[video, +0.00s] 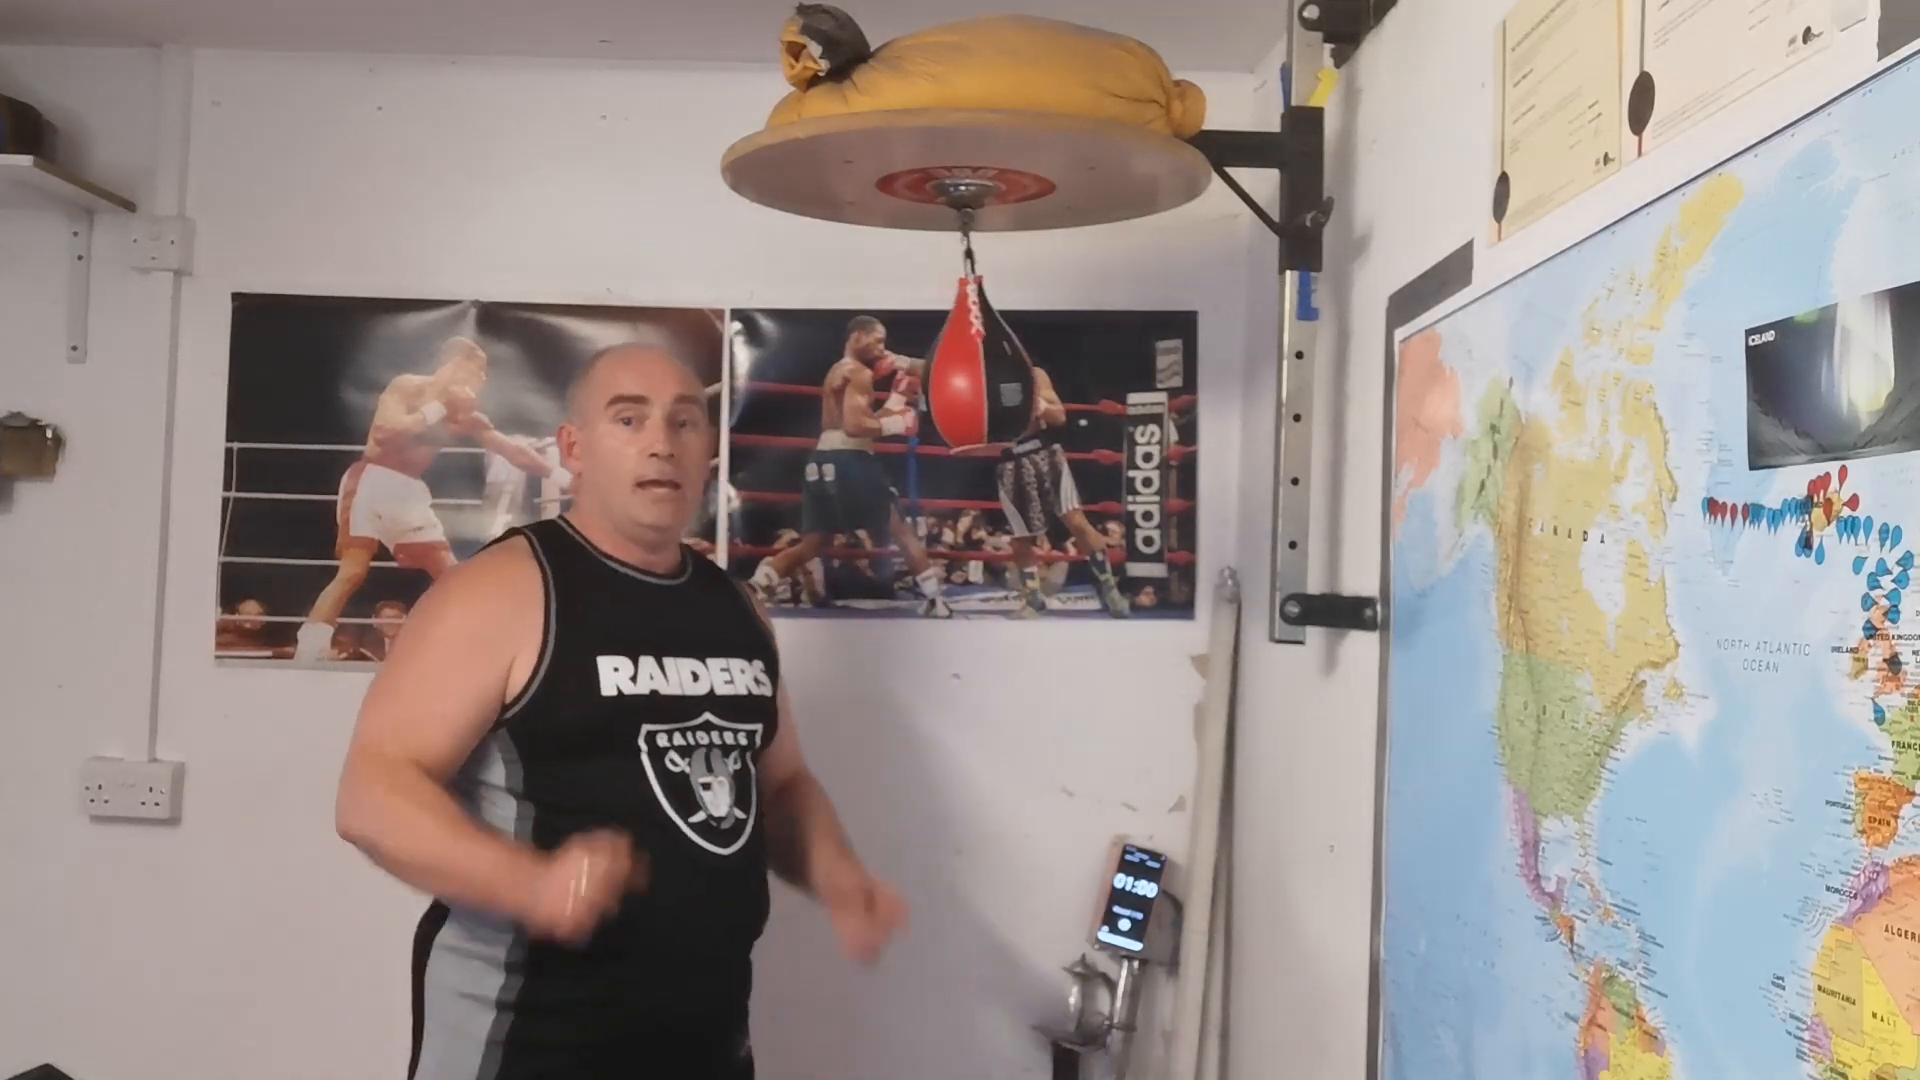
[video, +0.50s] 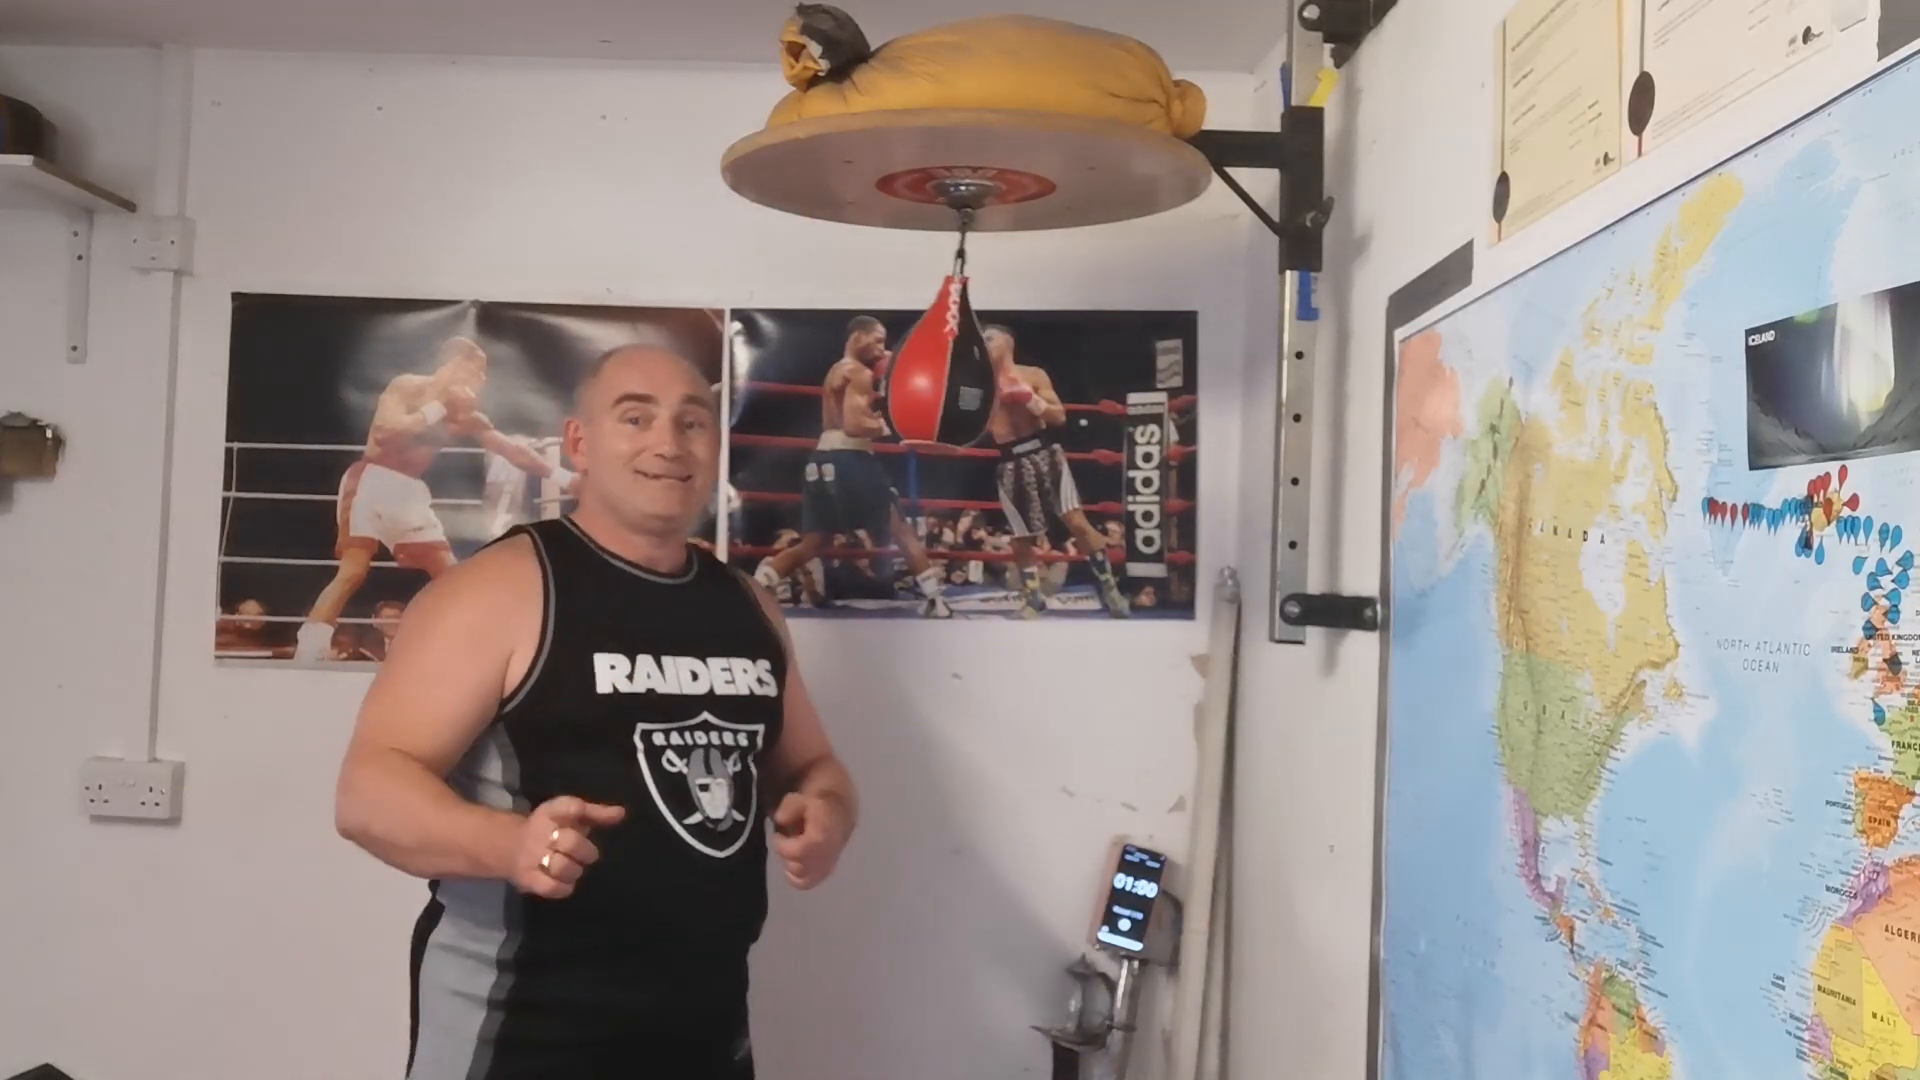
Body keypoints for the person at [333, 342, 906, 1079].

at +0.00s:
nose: (661, 444)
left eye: (684, 421)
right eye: (629, 418)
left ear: (710, 451)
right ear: (572, 449)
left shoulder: (728, 608)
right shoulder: (500, 591)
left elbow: (779, 786)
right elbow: (374, 793)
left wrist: (831, 868)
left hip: (700, 1029)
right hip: (527, 1034)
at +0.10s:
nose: (659, 442)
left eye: (682, 420)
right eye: (626, 417)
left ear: (707, 452)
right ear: (570, 449)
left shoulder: (728, 602)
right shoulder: (497, 587)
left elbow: (777, 789)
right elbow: (366, 787)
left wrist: (815, 794)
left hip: (700, 1015)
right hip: (526, 1019)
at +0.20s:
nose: (660, 442)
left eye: (683, 419)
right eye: (626, 417)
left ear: (708, 451)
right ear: (571, 447)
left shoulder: (736, 605)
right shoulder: (498, 584)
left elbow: (802, 807)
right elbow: (362, 785)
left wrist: (823, 744)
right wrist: (536, 732)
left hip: (700, 1019)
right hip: (524, 1020)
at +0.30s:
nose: (660, 441)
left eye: (683, 420)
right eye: (626, 416)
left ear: (708, 453)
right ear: (570, 447)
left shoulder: (738, 604)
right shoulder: (496, 585)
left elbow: (805, 812)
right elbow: (367, 787)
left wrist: (827, 768)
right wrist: (536, 757)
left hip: (700, 1016)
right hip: (524, 1019)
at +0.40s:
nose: (662, 440)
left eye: (686, 420)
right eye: (628, 416)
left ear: (710, 453)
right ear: (572, 447)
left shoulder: (741, 609)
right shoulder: (494, 588)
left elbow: (804, 762)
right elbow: (372, 788)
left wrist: (824, 803)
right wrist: (513, 826)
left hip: (699, 1016)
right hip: (523, 1020)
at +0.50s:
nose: (668, 443)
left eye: (691, 421)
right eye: (634, 417)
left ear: (715, 453)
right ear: (577, 444)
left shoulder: (744, 606)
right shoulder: (495, 590)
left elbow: (813, 765)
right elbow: (369, 789)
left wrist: (824, 814)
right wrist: (506, 843)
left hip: (699, 1018)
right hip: (522, 1022)